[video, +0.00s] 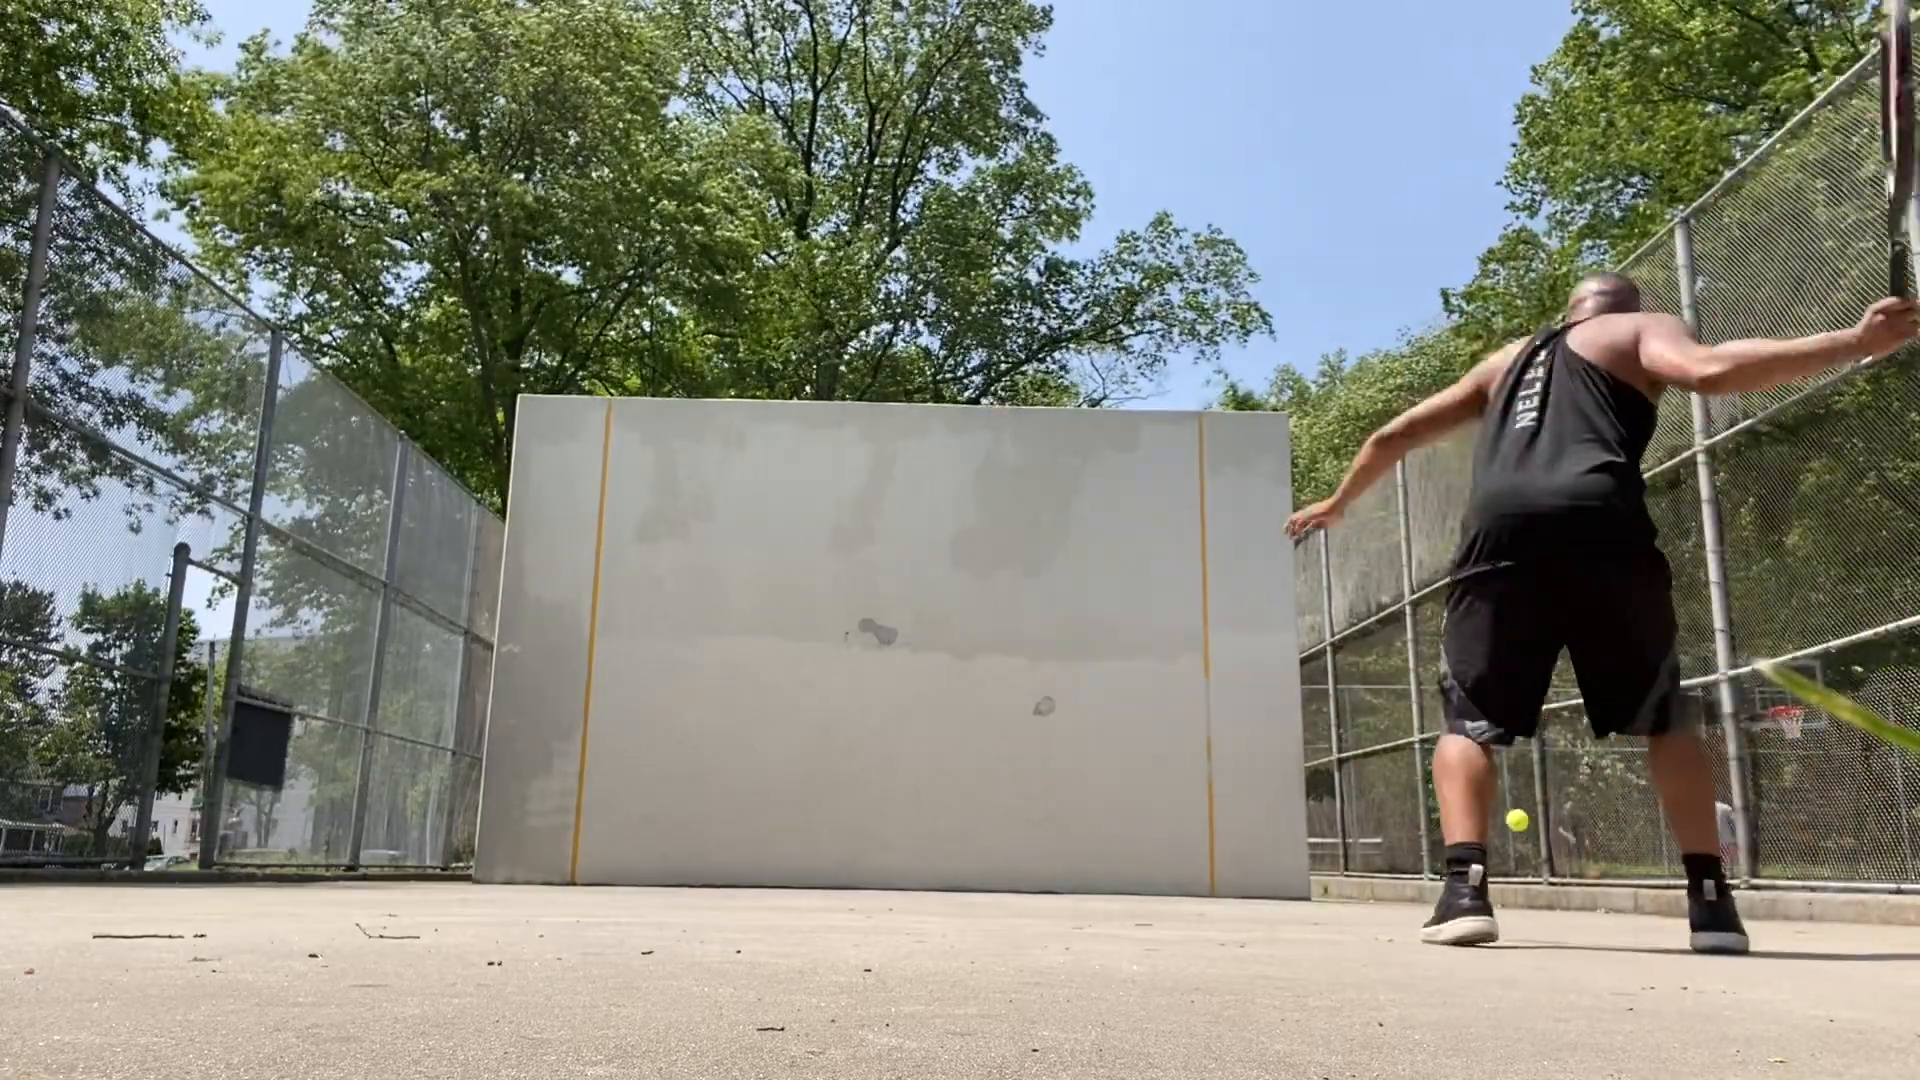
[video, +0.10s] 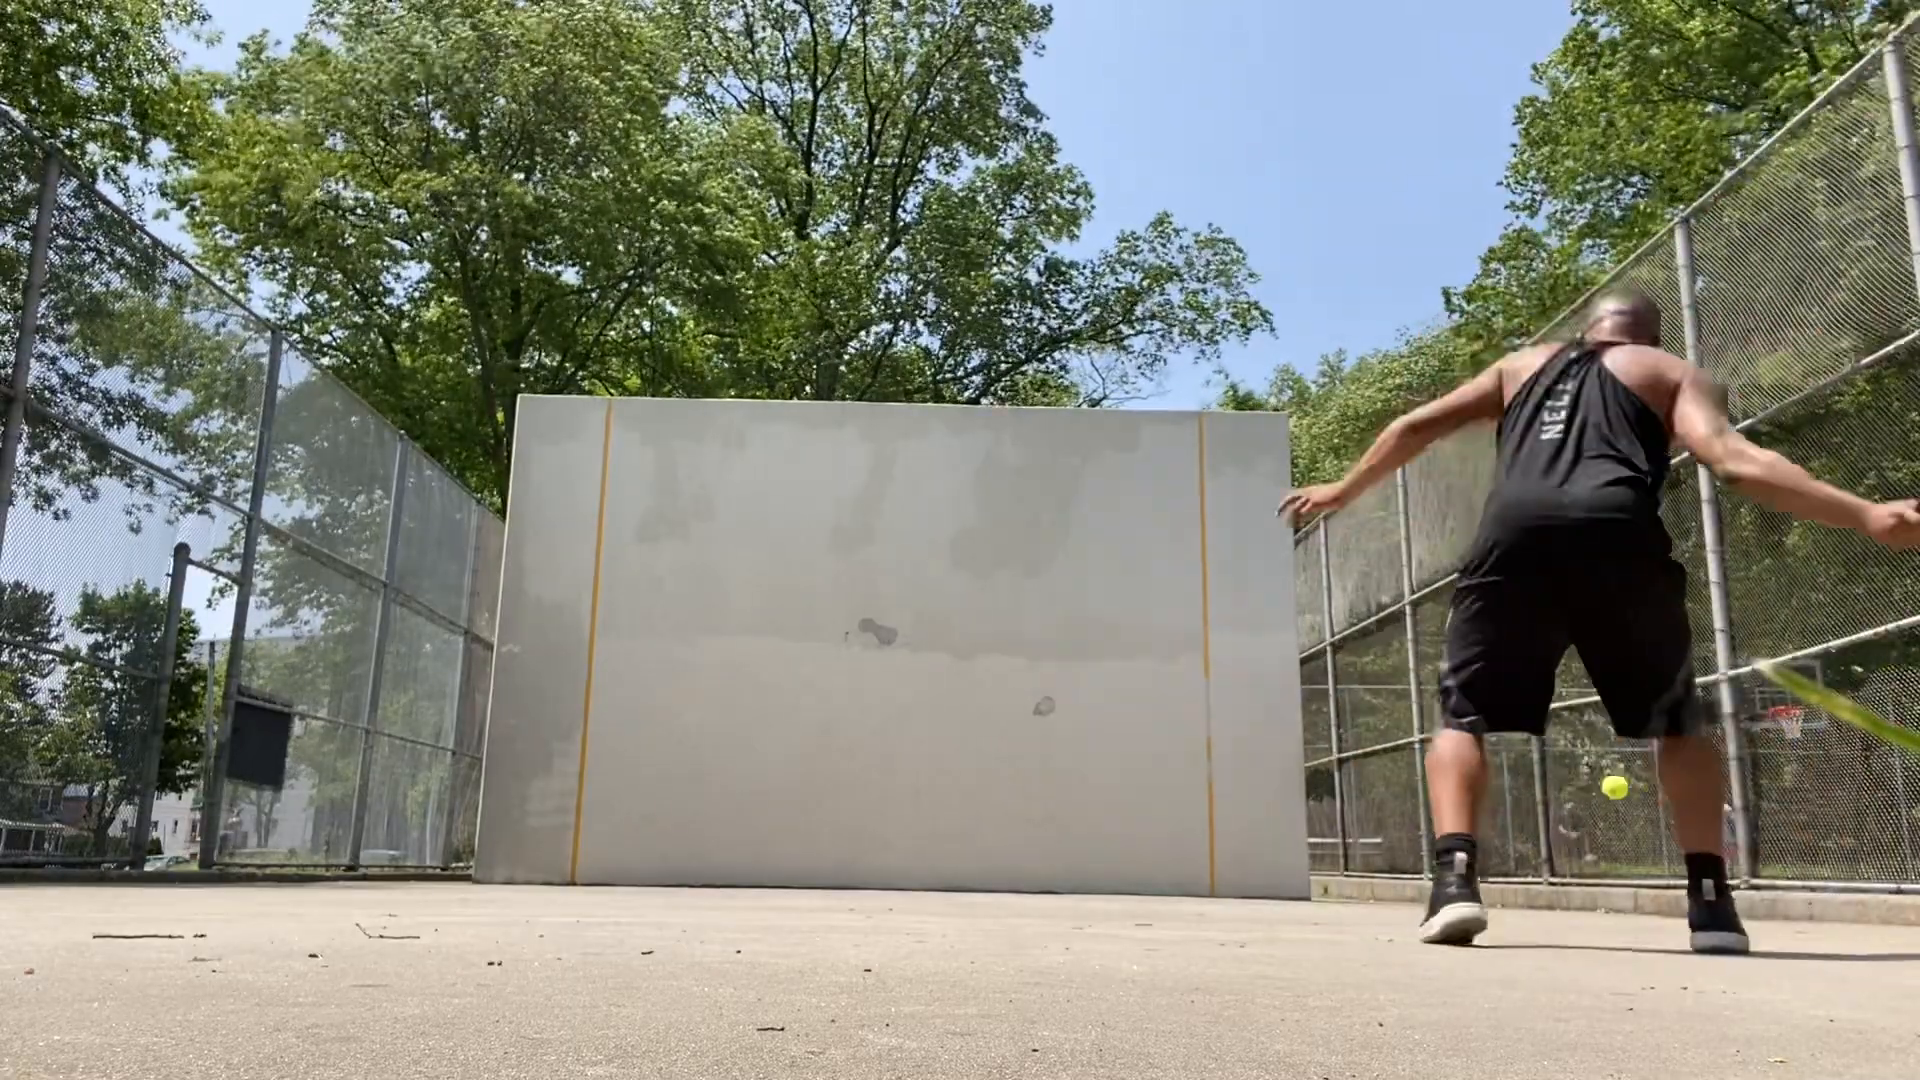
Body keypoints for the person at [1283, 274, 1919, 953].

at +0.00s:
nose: (1643, 310)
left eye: (1610, 295)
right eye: (1641, 304)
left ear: (1570, 310)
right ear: (1631, 306)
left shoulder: (1508, 358)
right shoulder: (1637, 323)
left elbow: (1390, 436)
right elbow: (1707, 370)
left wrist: (1334, 505)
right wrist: (1858, 340)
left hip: (1498, 540)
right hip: (1605, 531)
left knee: (1470, 720)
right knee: (1663, 714)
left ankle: (1463, 889)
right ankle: (1710, 904)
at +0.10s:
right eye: (1657, 345)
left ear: (1586, 333)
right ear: (1654, 339)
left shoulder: (1524, 365)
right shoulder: (1668, 370)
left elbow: (1415, 425)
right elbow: (1730, 456)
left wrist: (1341, 491)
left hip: (1509, 544)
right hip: (1620, 544)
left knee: (1462, 716)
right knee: (1677, 715)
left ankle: (1453, 885)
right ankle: (1711, 910)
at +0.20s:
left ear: (1590, 315)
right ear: (1658, 338)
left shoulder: (1535, 334)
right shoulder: (1685, 387)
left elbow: (1456, 414)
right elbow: (1694, 526)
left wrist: (1368, 473)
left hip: (1524, 538)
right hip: (1636, 554)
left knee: (1452, 702)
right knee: (1677, 717)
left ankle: (1434, 872)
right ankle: (1712, 907)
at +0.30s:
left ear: (1593, 278)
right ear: (1654, 297)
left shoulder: (1537, 292)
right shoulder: (1684, 344)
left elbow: (1467, 384)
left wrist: (1384, 449)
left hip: (1521, 512)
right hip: (1629, 529)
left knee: (1442, 681)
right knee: (1662, 706)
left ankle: (1420, 868)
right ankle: (1711, 906)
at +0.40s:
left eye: (1568, 234)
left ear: (1567, 241)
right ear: (1632, 265)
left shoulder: (1521, 268)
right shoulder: (1654, 316)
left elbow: (1459, 373)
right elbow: (1574, 332)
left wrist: (1375, 406)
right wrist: (1496, 285)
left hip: (1525, 488)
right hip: (1626, 511)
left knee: (1431, 660)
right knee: (1657, 702)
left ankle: (1402, 840)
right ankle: (1711, 903)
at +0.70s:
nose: (1420, 231)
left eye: (1421, 221)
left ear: (1420, 226)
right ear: (1494, 233)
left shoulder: (1407, 274)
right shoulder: (1518, 291)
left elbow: (1339, 396)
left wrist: (1322, 326)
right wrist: (1363, 322)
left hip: (1479, 494)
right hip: (1575, 497)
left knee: (1374, 677)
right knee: (1609, 705)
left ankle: (1397, 886)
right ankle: (1699, 894)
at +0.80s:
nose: (1387, 196)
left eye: (1384, 184)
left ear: (1382, 186)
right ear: (1458, 194)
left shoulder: (1352, 239)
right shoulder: (1505, 258)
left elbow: (1299, 367)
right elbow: (1483, 346)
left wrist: (1371, 367)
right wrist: (1351, 361)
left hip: (1423, 466)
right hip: (1533, 466)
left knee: (1357, 666)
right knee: (1555, 679)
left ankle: (1397, 885)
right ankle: (1636, 889)